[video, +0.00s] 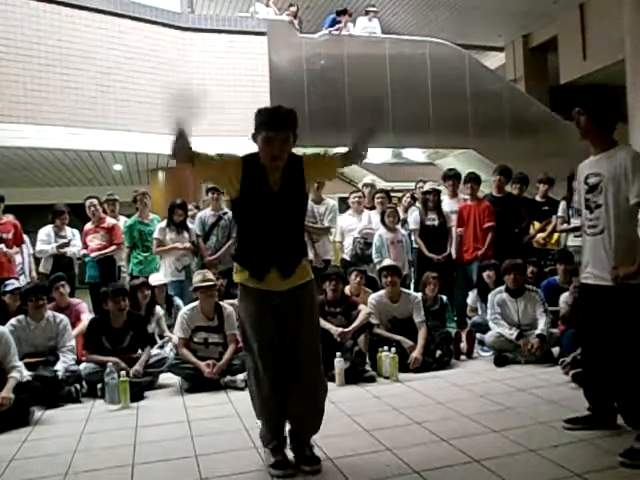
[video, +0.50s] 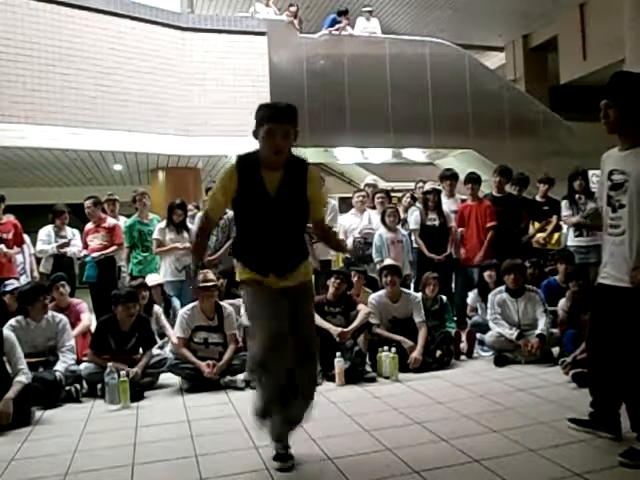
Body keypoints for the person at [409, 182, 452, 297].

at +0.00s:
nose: (432, 198)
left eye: (435, 194)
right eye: (428, 194)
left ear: (438, 197)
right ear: (424, 196)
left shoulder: (444, 214)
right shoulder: (418, 214)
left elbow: (449, 233)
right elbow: (416, 236)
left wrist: (447, 251)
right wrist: (428, 254)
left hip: (443, 257)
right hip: (425, 257)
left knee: (444, 288)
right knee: (424, 288)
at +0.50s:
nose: (432, 197)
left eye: (435, 194)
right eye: (429, 194)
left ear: (439, 197)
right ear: (424, 196)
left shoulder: (445, 214)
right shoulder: (418, 214)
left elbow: (450, 233)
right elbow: (416, 236)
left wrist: (448, 251)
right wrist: (428, 254)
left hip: (443, 257)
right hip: (425, 257)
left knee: (444, 289)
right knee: (424, 288)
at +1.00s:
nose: (436, 200)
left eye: (439, 197)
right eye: (433, 197)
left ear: (443, 199)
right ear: (429, 199)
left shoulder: (449, 217)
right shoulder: (423, 216)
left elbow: (454, 236)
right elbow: (420, 238)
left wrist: (453, 253)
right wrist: (433, 256)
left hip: (448, 259)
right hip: (430, 259)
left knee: (448, 292)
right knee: (429, 291)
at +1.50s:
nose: (436, 200)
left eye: (439, 197)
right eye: (433, 196)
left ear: (443, 200)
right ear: (428, 199)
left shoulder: (449, 217)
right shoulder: (423, 216)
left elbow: (454, 236)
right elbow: (420, 238)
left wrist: (453, 253)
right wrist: (432, 256)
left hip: (448, 259)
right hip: (430, 259)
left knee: (448, 292)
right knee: (428, 291)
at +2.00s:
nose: (437, 200)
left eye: (440, 197)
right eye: (434, 196)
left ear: (443, 199)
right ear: (429, 199)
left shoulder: (449, 216)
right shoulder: (423, 216)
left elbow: (454, 236)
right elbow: (421, 238)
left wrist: (452, 253)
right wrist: (433, 256)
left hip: (447, 258)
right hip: (429, 258)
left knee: (448, 291)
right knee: (429, 290)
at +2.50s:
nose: (437, 201)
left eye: (440, 197)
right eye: (433, 197)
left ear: (443, 200)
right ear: (429, 199)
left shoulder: (448, 217)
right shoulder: (423, 216)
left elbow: (453, 236)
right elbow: (420, 238)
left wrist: (450, 254)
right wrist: (433, 256)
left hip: (447, 259)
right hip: (429, 258)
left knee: (447, 291)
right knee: (428, 290)